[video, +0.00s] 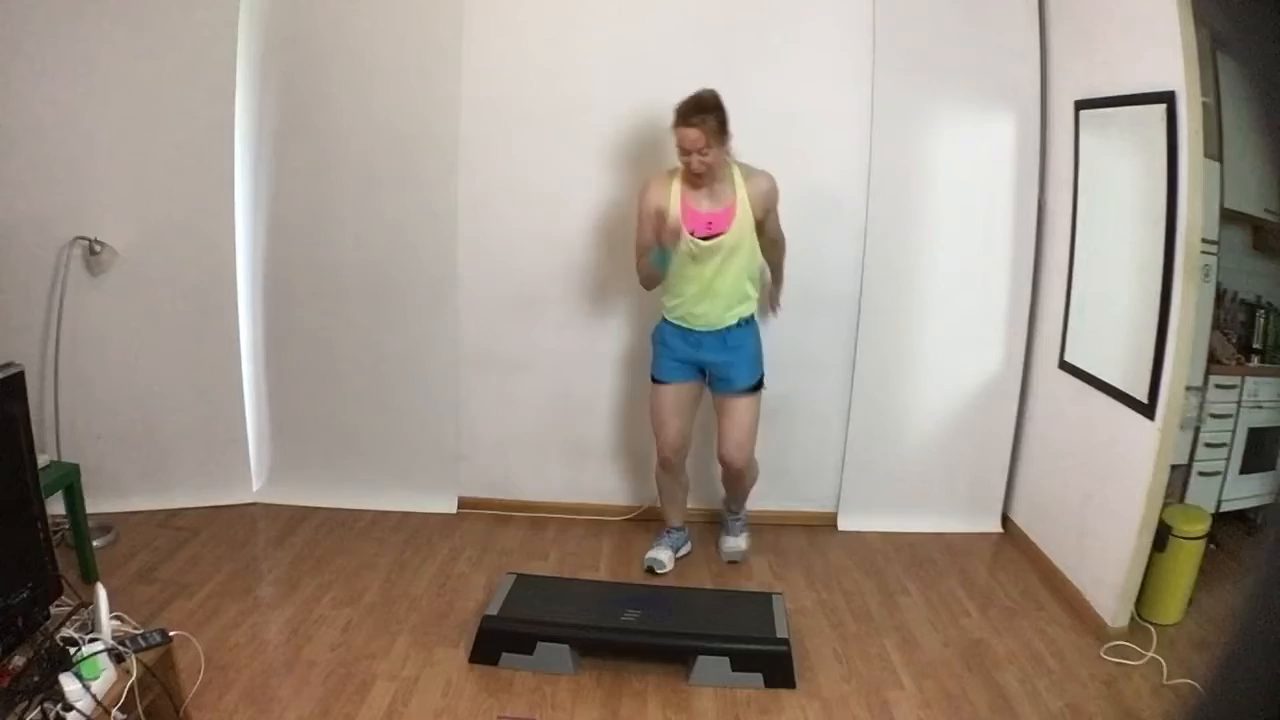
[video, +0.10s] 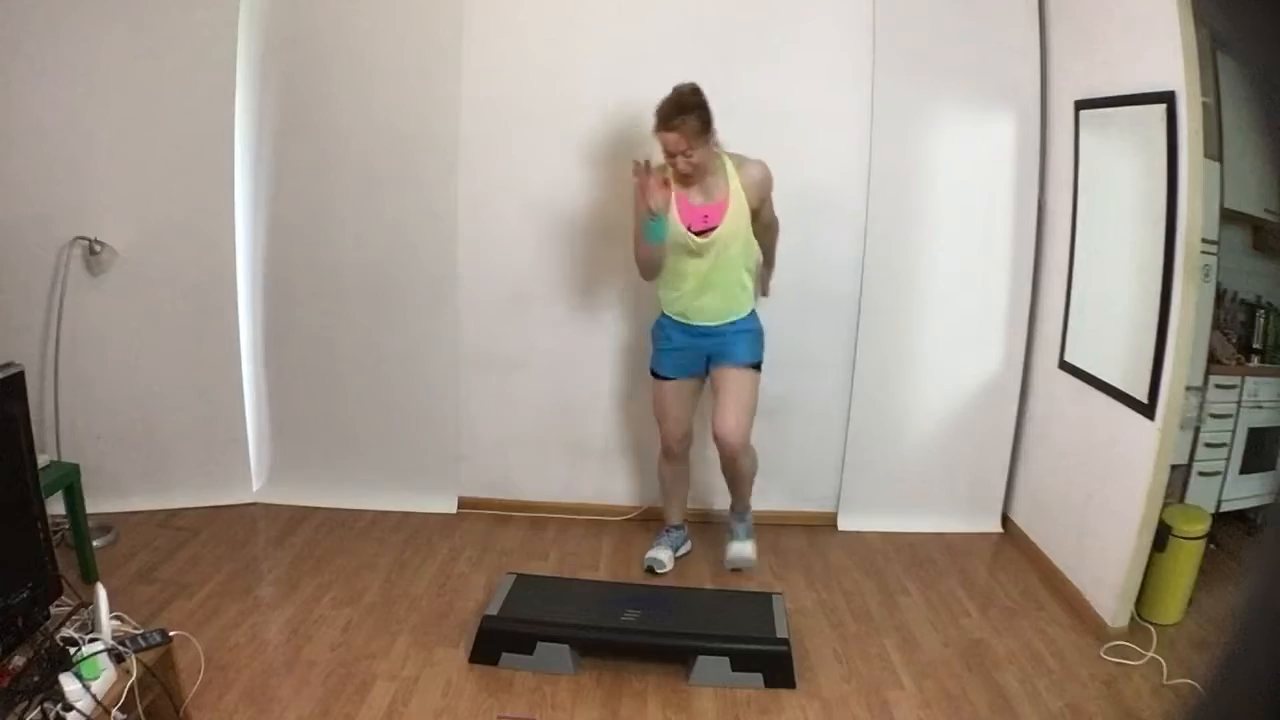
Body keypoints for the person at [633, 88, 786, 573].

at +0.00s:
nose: (693, 161)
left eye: (702, 151)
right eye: (685, 152)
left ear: (725, 143)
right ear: (675, 145)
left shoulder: (758, 188)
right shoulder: (660, 191)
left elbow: (773, 242)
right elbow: (647, 278)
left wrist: (775, 284)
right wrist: (662, 247)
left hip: (737, 335)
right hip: (676, 334)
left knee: (735, 458)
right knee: (669, 451)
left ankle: (735, 517)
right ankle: (674, 532)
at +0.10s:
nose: (681, 162)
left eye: (689, 152)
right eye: (672, 154)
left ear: (711, 138)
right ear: (661, 146)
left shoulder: (751, 177)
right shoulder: (656, 185)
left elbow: (766, 229)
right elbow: (647, 270)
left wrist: (766, 271)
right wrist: (651, 213)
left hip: (737, 324)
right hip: (676, 326)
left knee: (730, 436)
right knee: (674, 442)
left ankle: (741, 519)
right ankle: (674, 531)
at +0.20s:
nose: (670, 168)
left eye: (679, 157)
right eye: (660, 159)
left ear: (699, 140)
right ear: (647, 147)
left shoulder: (744, 180)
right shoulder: (645, 187)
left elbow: (766, 236)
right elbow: (643, 276)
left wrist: (764, 283)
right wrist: (645, 230)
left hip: (737, 321)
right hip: (677, 326)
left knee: (724, 427)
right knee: (676, 441)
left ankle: (739, 545)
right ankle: (675, 532)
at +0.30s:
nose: (660, 178)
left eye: (668, 166)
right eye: (650, 170)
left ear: (692, 145)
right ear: (639, 157)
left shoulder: (741, 188)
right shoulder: (639, 197)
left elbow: (769, 256)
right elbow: (633, 265)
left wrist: (774, 314)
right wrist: (639, 303)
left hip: (740, 330)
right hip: (678, 336)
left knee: (717, 441)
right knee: (678, 449)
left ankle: (737, 563)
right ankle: (676, 533)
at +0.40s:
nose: (649, 170)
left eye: (654, 159)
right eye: (640, 162)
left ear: (685, 137)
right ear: (636, 152)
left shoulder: (743, 185)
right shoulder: (640, 191)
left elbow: (776, 262)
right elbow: (635, 269)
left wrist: (792, 338)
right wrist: (631, 346)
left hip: (742, 331)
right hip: (679, 335)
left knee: (714, 448)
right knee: (675, 449)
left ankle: (737, 572)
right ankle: (675, 529)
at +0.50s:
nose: (637, 154)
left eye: (639, 142)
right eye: (628, 145)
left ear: (669, 117)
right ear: (631, 136)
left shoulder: (732, 167)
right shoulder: (643, 169)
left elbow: (788, 249)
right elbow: (647, 237)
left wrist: (817, 338)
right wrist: (630, 300)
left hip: (743, 322)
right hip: (684, 321)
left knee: (717, 448)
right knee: (656, 439)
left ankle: (737, 572)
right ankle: (676, 518)